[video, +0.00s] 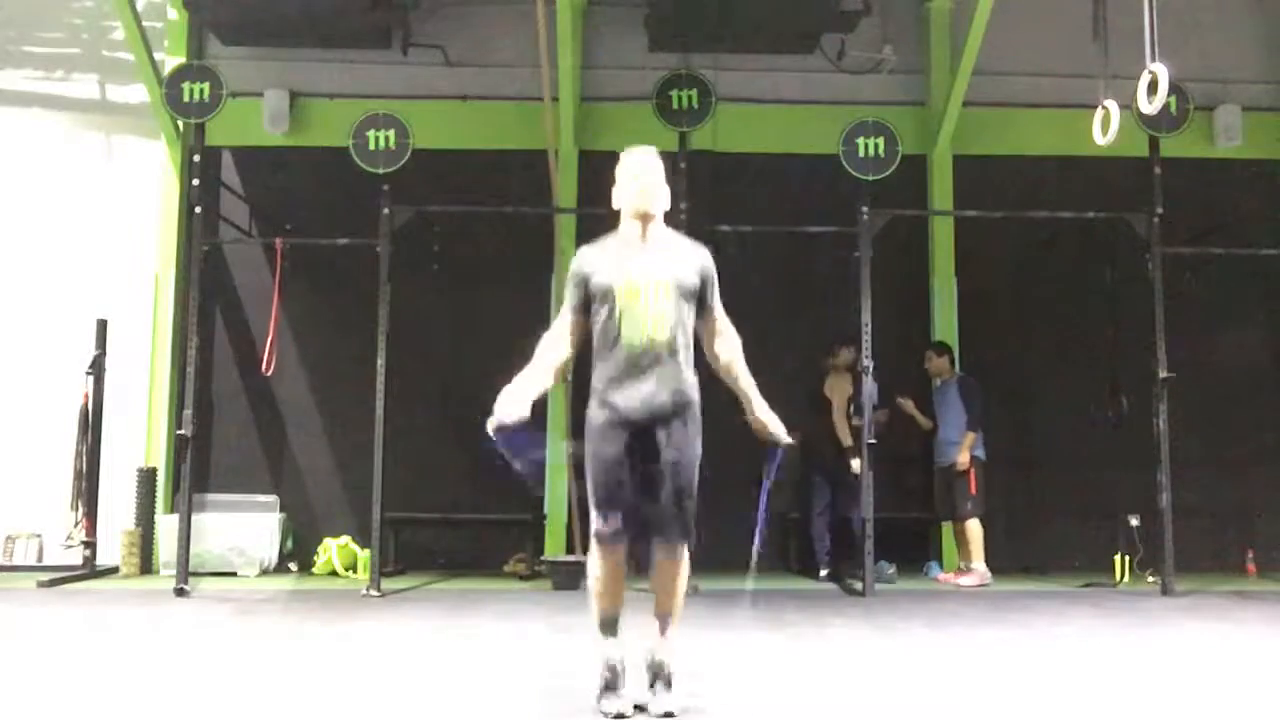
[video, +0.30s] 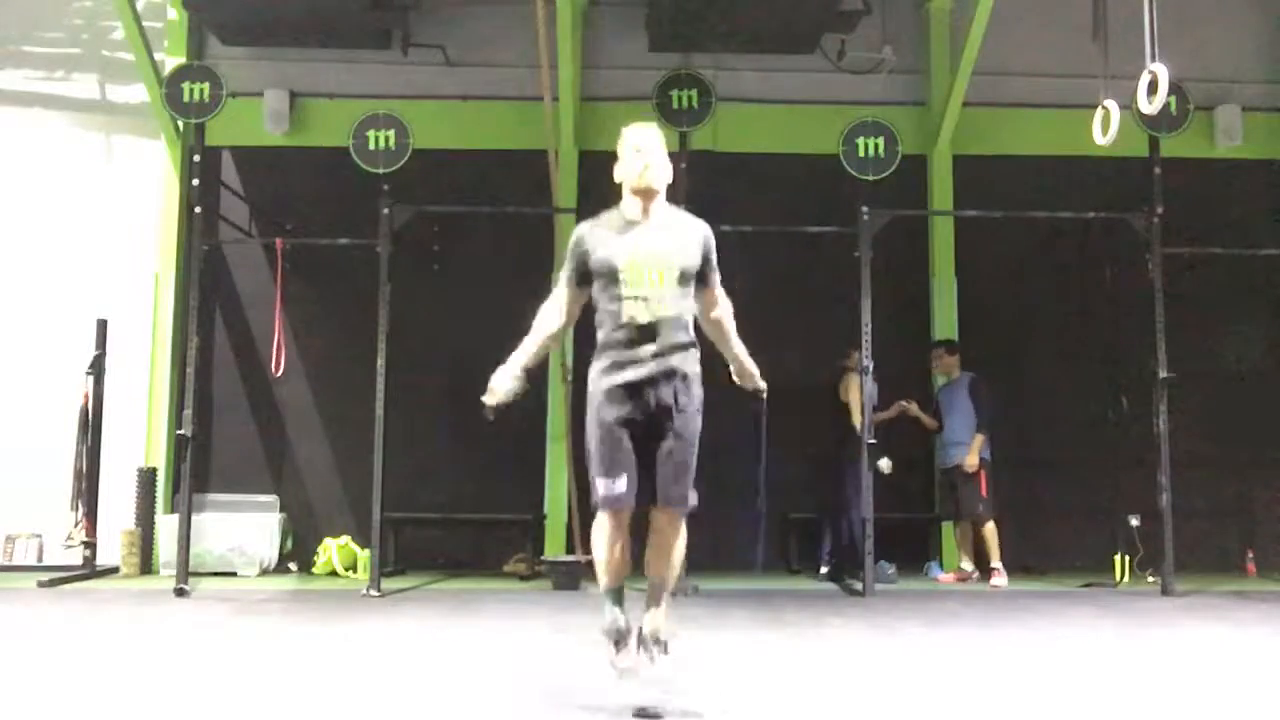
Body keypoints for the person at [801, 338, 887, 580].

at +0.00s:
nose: (852, 356)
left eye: (852, 351)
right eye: (847, 352)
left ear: (834, 360)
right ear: (836, 356)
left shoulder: (828, 379)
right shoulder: (841, 380)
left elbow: (836, 416)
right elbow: (839, 417)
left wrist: (866, 420)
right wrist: (851, 451)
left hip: (819, 449)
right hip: (836, 450)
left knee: (820, 508)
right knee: (852, 507)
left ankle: (823, 562)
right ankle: (864, 563)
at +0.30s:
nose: (864, 358)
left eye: (864, 353)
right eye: (859, 353)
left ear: (855, 358)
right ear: (851, 357)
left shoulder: (859, 380)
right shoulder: (852, 379)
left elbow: (866, 418)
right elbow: (857, 419)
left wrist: (893, 411)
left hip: (853, 450)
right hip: (850, 450)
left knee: (851, 506)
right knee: (853, 505)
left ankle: (843, 564)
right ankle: (850, 564)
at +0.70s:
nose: (879, 360)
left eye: (879, 357)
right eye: (876, 355)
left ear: (871, 359)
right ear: (870, 358)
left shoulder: (869, 380)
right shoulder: (860, 380)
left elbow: (874, 416)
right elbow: (863, 416)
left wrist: (898, 409)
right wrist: (895, 415)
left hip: (871, 445)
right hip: (864, 447)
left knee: (870, 504)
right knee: (866, 504)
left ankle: (863, 558)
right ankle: (868, 560)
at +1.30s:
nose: (884, 359)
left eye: (884, 355)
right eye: (880, 354)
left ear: (877, 358)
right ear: (870, 355)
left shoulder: (873, 381)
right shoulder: (861, 380)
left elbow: (875, 414)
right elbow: (855, 416)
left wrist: (896, 411)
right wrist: (889, 414)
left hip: (877, 446)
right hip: (868, 447)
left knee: (874, 506)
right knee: (868, 507)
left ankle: (871, 558)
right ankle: (868, 560)